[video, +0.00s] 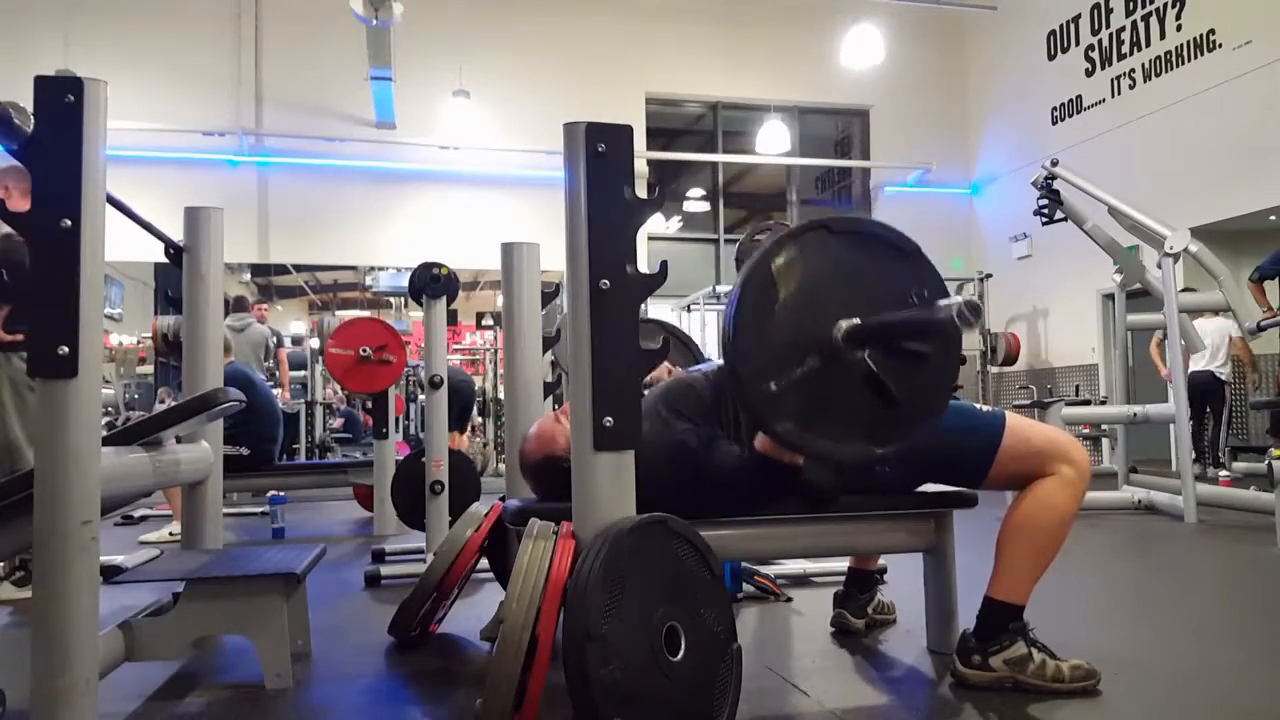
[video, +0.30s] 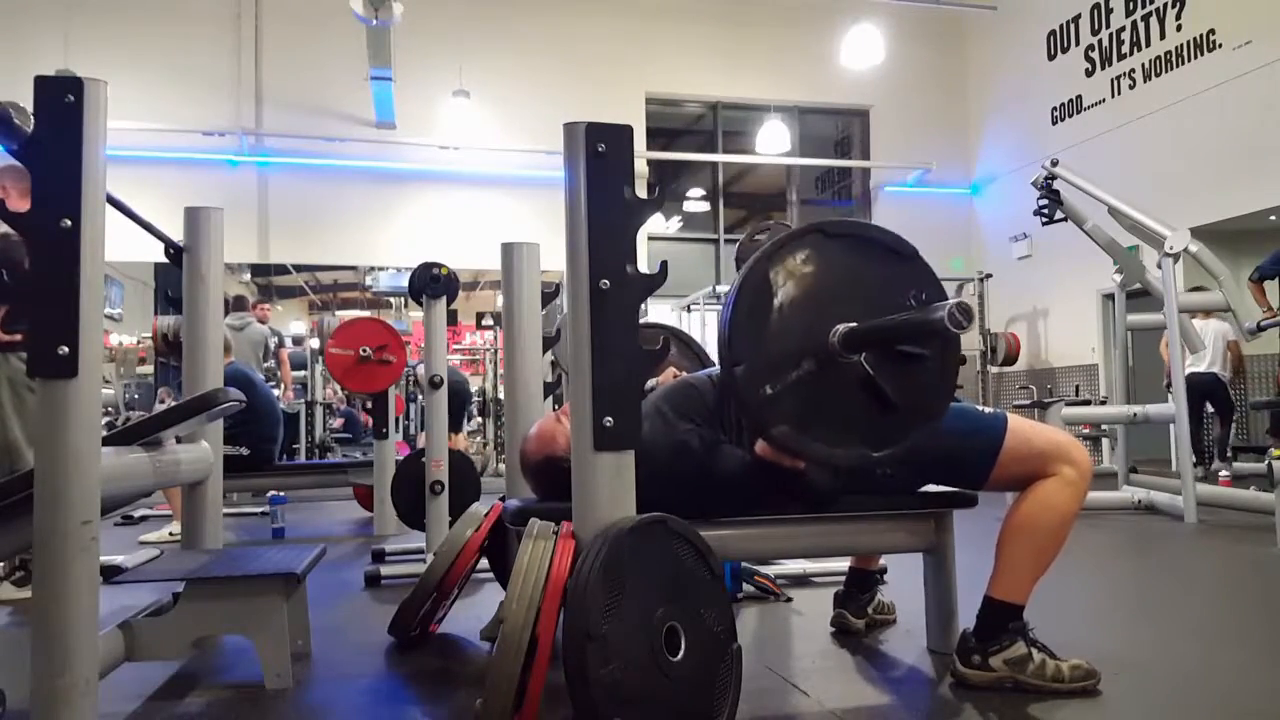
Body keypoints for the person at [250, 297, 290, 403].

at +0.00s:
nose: (262, 313)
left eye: (265, 310)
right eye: (259, 309)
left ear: (269, 312)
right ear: (251, 311)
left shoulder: (275, 334)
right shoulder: (242, 333)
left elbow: (282, 361)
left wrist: (285, 389)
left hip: (268, 385)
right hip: (244, 385)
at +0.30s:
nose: (265, 313)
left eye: (268, 310)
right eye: (261, 309)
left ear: (271, 312)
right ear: (253, 311)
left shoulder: (276, 335)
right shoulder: (245, 333)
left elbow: (284, 361)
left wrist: (288, 388)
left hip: (271, 386)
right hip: (248, 385)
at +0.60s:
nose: (267, 313)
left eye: (269, 309)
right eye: (262, 309)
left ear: (272, 312)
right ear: (252, 311)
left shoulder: (277, 335)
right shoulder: (245, 334)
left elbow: (285, 361)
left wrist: (290, 387)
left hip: (274, 387)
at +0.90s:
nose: (267, 313)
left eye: (269, 309)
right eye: (263, 309)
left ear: (272, 311)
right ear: (252, 311)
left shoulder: (278, 334)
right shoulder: (246, 334)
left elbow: (285, 361)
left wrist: (290, 387)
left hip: (274, 387)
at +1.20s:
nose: (265, 313)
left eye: (267, 310)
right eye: (261, 310)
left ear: (270, 311)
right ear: (252, 311)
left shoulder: (278, 334)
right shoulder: (246, 333)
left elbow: (286, 360)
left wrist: (291, 386)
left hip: (274, 386)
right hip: (251, 386)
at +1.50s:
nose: (263, 314)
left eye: (266, 311)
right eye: (259, 311)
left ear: (269, 312)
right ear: (252, 311)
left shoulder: (277, 333)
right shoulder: (245, 332)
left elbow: (286, 358)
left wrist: (292, 384)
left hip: (272, 384)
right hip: (251, 384)